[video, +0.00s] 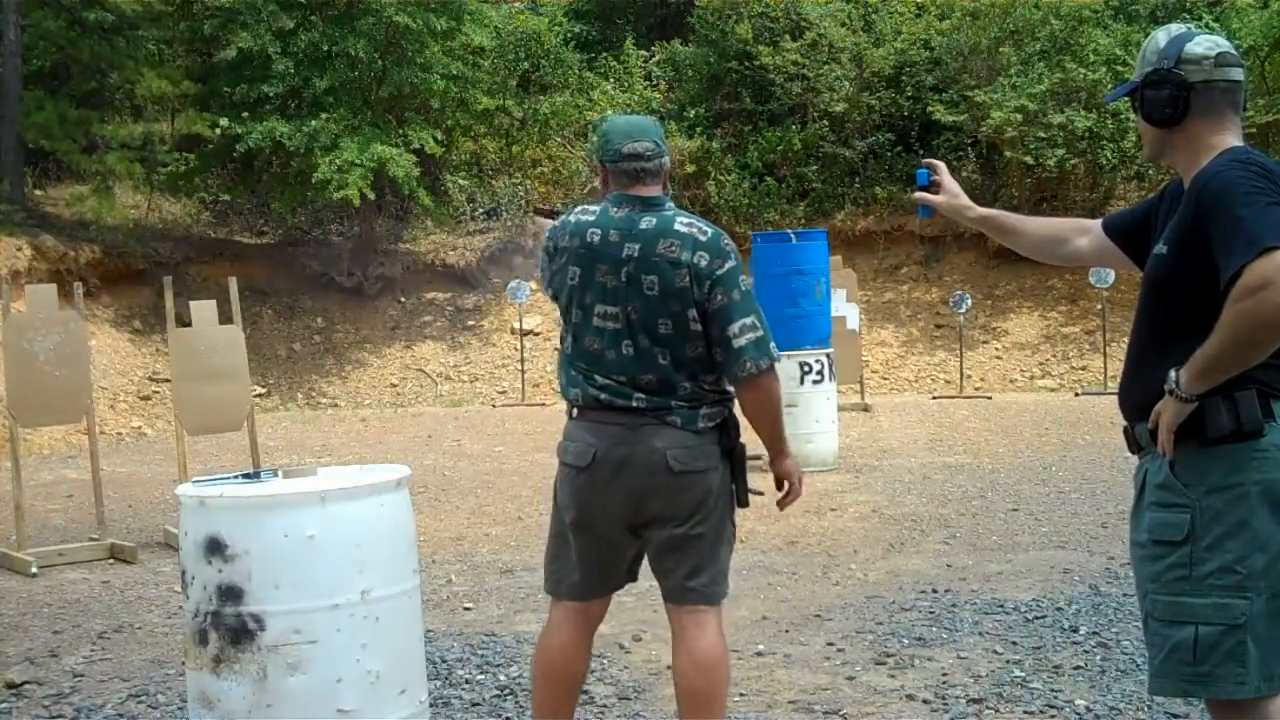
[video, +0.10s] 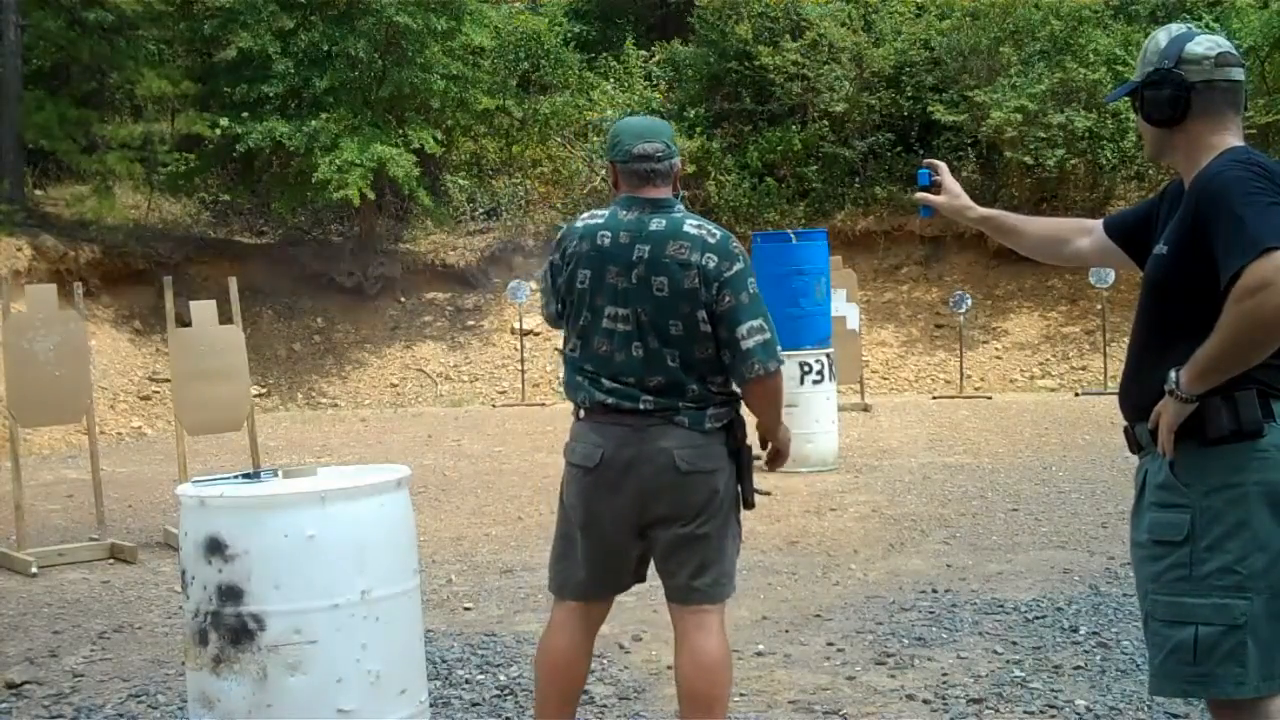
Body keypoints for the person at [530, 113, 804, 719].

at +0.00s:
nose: (594, 173)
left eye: (596, 166)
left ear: (602, 172)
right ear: (668, 168)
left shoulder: (569, 235)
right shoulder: (705, 244)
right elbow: (753, 370)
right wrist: (779, 452)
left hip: (593, 446)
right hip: (690, 452)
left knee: (573, 610)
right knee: (696, 615)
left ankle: (548, 713)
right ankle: (705, 717)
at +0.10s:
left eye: (611, 167)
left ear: (613, 173)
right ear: (679, 171)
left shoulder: (578, 237)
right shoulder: (715, 246)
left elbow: (558, 313)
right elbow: (759, 365)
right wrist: (773, 430)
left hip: (600, 448)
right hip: (694, 453)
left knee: (575, 608)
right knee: (699, 614)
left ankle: (550, 713)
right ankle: (706, 718)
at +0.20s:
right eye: (679, 169)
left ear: (622, 177)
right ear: (685, 176)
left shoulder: (587, 247)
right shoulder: (723, 249)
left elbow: (565, 343)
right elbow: (768, 364)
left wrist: (628, 360)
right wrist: (723, 381)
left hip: (606, 453)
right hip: (699, 455)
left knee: (576, 603)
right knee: (702, 614)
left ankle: (565, 713)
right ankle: (706, 717)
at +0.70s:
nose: (652, 212)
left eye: (645, 205)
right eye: (650, 204)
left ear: (590, 211)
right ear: (642, 208)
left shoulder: (561, 263)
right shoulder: (676, 259)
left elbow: (552, 350)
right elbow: (718, 347)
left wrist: (609, 332)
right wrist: (682, 311)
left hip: (573, 432)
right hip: (656, 433)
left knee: (579, 575)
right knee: (689, 574)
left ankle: (586, 708)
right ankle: (696, 696)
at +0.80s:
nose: (646, 209)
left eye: (640, 202)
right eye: (644, 202)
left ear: (584, 207)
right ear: (635, 205)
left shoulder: (557, 254)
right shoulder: (660, 249)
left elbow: (574, 316)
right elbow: (702, 314)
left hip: (566, 425)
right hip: (645, 428)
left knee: (577, 575)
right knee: (679, 557)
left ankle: (585, 708)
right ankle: (665, 654)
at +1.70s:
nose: (671, 216)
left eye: (668, 209)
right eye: (669, 209)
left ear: (623, 211)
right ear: (659, 213)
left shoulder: (597, 249)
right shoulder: (673, 248)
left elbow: (642, 260)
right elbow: (705, 266)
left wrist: (694, 240)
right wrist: (711, 240)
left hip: (604, 388)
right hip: (664, 391)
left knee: (614, 503)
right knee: (684, 495)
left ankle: (615, 622)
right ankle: (677, 608)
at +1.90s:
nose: (689, 223)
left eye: (687, 217)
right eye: (688, 217)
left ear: (643, 220)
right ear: (679, 221)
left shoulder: (620, 256)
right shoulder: (694, 256)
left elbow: (662, 259)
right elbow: (725, 262)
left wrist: (707, 241)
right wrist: (725, 241)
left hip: (629, 391)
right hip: (686, 395)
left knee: (629, 496)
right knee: (700, 501)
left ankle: (624, 572)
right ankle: (698, 601)